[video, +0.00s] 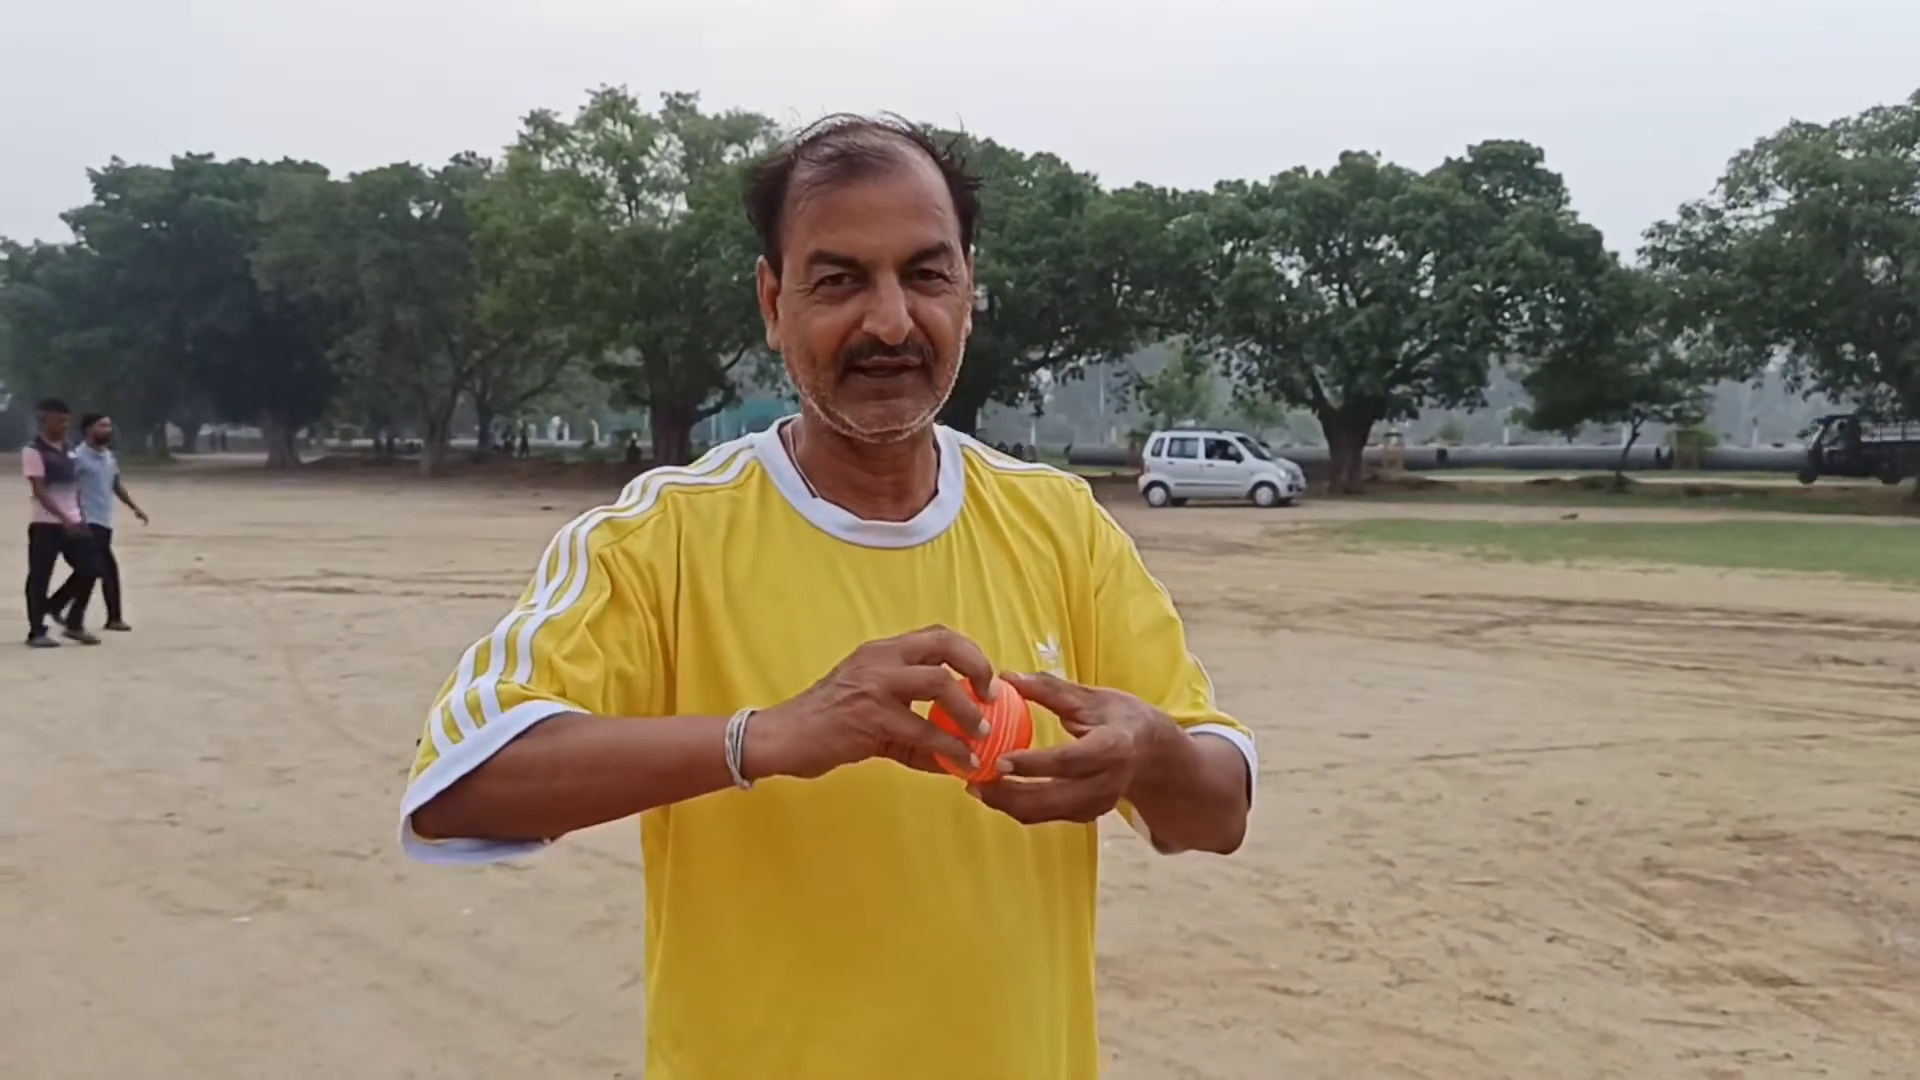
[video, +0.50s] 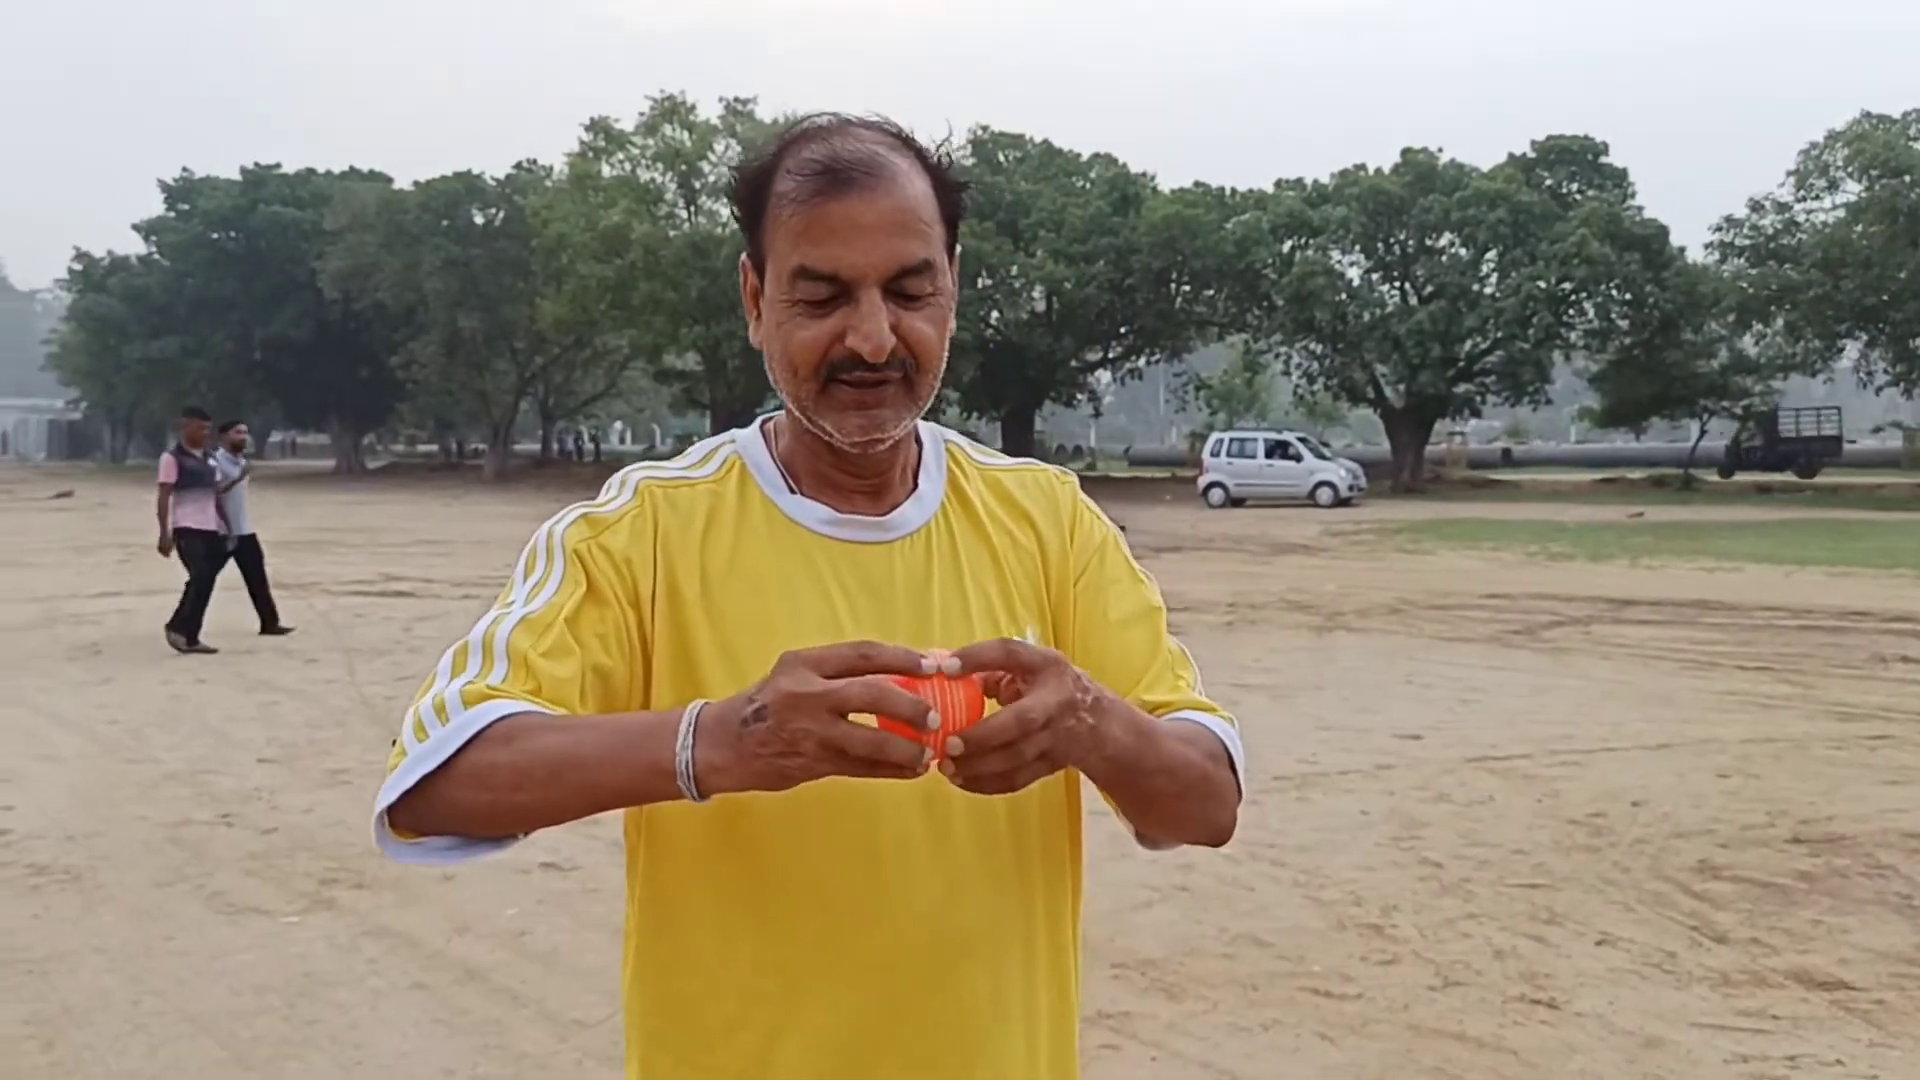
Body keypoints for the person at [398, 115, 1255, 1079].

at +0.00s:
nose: (890, 320)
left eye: (926, 274)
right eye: (840, 280)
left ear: (969, 290)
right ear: (773, 301)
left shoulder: (1066, 531)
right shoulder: (658, 539)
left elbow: (1222, 820)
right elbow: (457, 785)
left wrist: (1153, 758)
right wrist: (762, 740)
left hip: (1027, 1056)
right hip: (742, 1056)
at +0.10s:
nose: (882, 322)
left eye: (920, 275)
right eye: (833, 282)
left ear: (962, 287)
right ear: (765, 300)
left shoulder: (1057, 527)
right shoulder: (652, 536)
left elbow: (1213, 817)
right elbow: (450, 784)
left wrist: (1136, 751)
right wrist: (750, 742)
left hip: (1022, 1054)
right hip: (735, 1053)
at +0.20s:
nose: (880, 336)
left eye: (920, 287)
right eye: (832, 291)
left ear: (959, 291)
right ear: (762, 301)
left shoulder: (1054, 528)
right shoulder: (648, 534)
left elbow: (1208, 816)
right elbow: (445, 781)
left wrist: (1123, 742)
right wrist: (734, 744)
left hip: (1016, 1055)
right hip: (730, 1055)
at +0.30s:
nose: (882, 351)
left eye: (921, 301)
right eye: (834, 304)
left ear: (961, 294)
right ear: (762, 301)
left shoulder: (1052, 526)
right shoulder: (647, 533)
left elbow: (1210, 812)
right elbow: (441, 781)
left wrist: (1114, 731)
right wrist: (732, 741)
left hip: (1013, 1055)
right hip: (728, 1056)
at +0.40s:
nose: (880, 344)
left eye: (919, 295)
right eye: (832, 298)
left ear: (959, 293)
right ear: (761, 301)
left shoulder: (1053, 525)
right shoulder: (644, 533)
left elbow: (1211, 811)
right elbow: (438, 782)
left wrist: (1110, 728)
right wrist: (730, 741)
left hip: (1010, 1056)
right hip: (725, 1057)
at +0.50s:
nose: (871, 338)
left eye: (909, 289)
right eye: (823, 294)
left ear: (951, 293)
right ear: (755, 302)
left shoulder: (1052, 525)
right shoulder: (640, 534)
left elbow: (1211, 811)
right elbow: (433, 782)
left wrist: (1104, 733)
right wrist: (717, 743)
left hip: (1005, 1057)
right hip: (723, 1058)